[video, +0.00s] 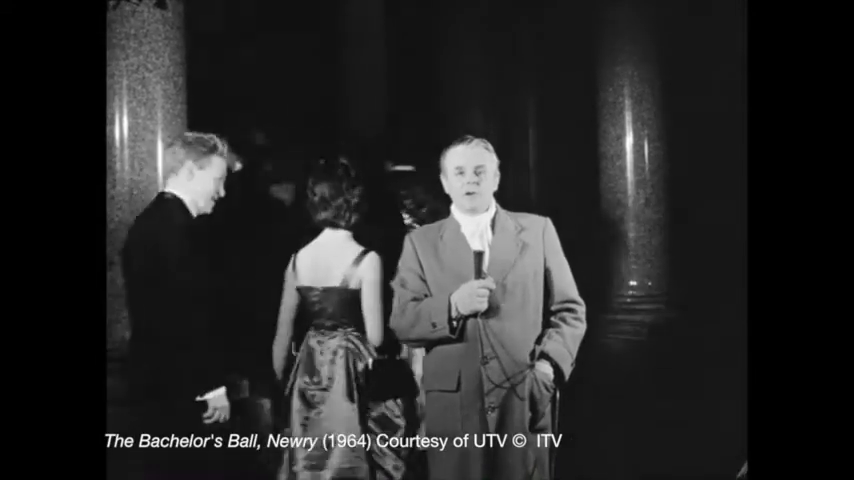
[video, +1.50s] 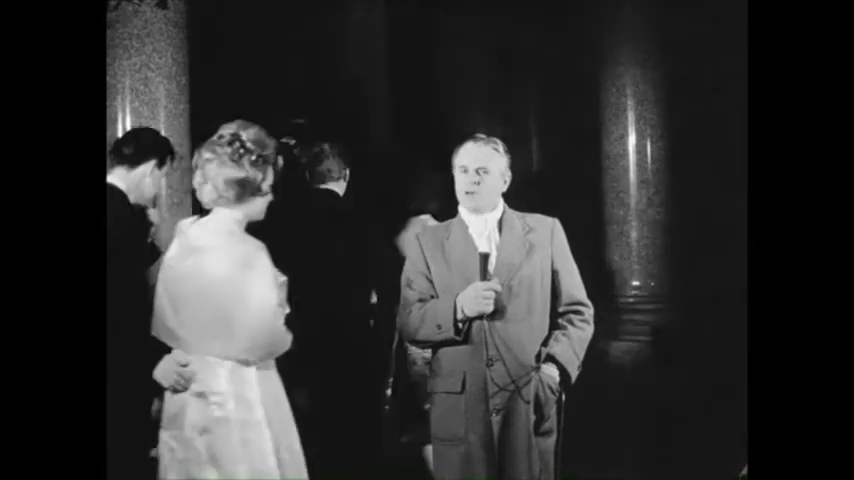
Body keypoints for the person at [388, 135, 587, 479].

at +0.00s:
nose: (470, 179)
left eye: (480, 170)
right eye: (459, 172)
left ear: (497, 178)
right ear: (444, 183)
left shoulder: (537, 231)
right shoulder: (419, 242)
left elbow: (569, 309)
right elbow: (402, 320)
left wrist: (549, 364)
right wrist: (451, 306)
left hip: (522, 398)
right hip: (451, 399)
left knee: (525, 474)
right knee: (451, 474)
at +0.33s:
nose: (470, 179)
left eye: (479, 169)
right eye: (459, 171)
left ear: (497, 178)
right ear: (443, 183)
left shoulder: (537, 231)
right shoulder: (419, 243)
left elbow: (568, 309)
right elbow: (402, 325)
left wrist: (550, 363)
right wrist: (452, 307)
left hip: (523, 398)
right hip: (453, 401)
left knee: (528, 474)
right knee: (453, 473)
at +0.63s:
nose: (471, 174)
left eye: (481, 166)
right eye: (460, 167)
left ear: (498, 178)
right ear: (445, 180)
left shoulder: (538, 231)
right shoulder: (416, 245)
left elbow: (569, 309)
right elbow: (402, 321)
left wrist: (551, 364)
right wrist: (453, 306)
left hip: (524, 398)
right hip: (453, 401)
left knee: (527, 474)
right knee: (455, 474)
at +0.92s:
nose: (474, 179)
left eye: (484, 170)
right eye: (464, 170)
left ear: (501, 178)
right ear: (447, 180)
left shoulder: (541, 232)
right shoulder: (421, 244)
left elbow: (572, 310)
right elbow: (404, 320)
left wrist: (550, 366)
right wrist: (453, 307)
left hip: (524, 397)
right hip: (453, 398)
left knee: (527, 474)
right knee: (453, 473)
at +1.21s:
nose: (473, 179)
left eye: (484, 170)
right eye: (464, 170)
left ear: (504, 179)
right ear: (451, 180)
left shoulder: (543, 231)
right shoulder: (424, 241)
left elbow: (574, 311)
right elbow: (406, 319)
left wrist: (551, 366)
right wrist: (454, 306)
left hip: (525, 397)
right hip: (454, 398)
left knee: (526, 474)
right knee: (455, 474)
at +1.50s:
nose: (472, 179)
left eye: (483, 171)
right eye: (464, 170)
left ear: (505, 180)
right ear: (453, 178)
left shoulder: (545, 232)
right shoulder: (428, 241)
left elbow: (577, 311)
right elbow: (409, 320)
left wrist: (554, 367)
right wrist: (457, 308)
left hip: (527, 399)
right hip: (457, 400)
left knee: (529, 475)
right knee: (459, 474)